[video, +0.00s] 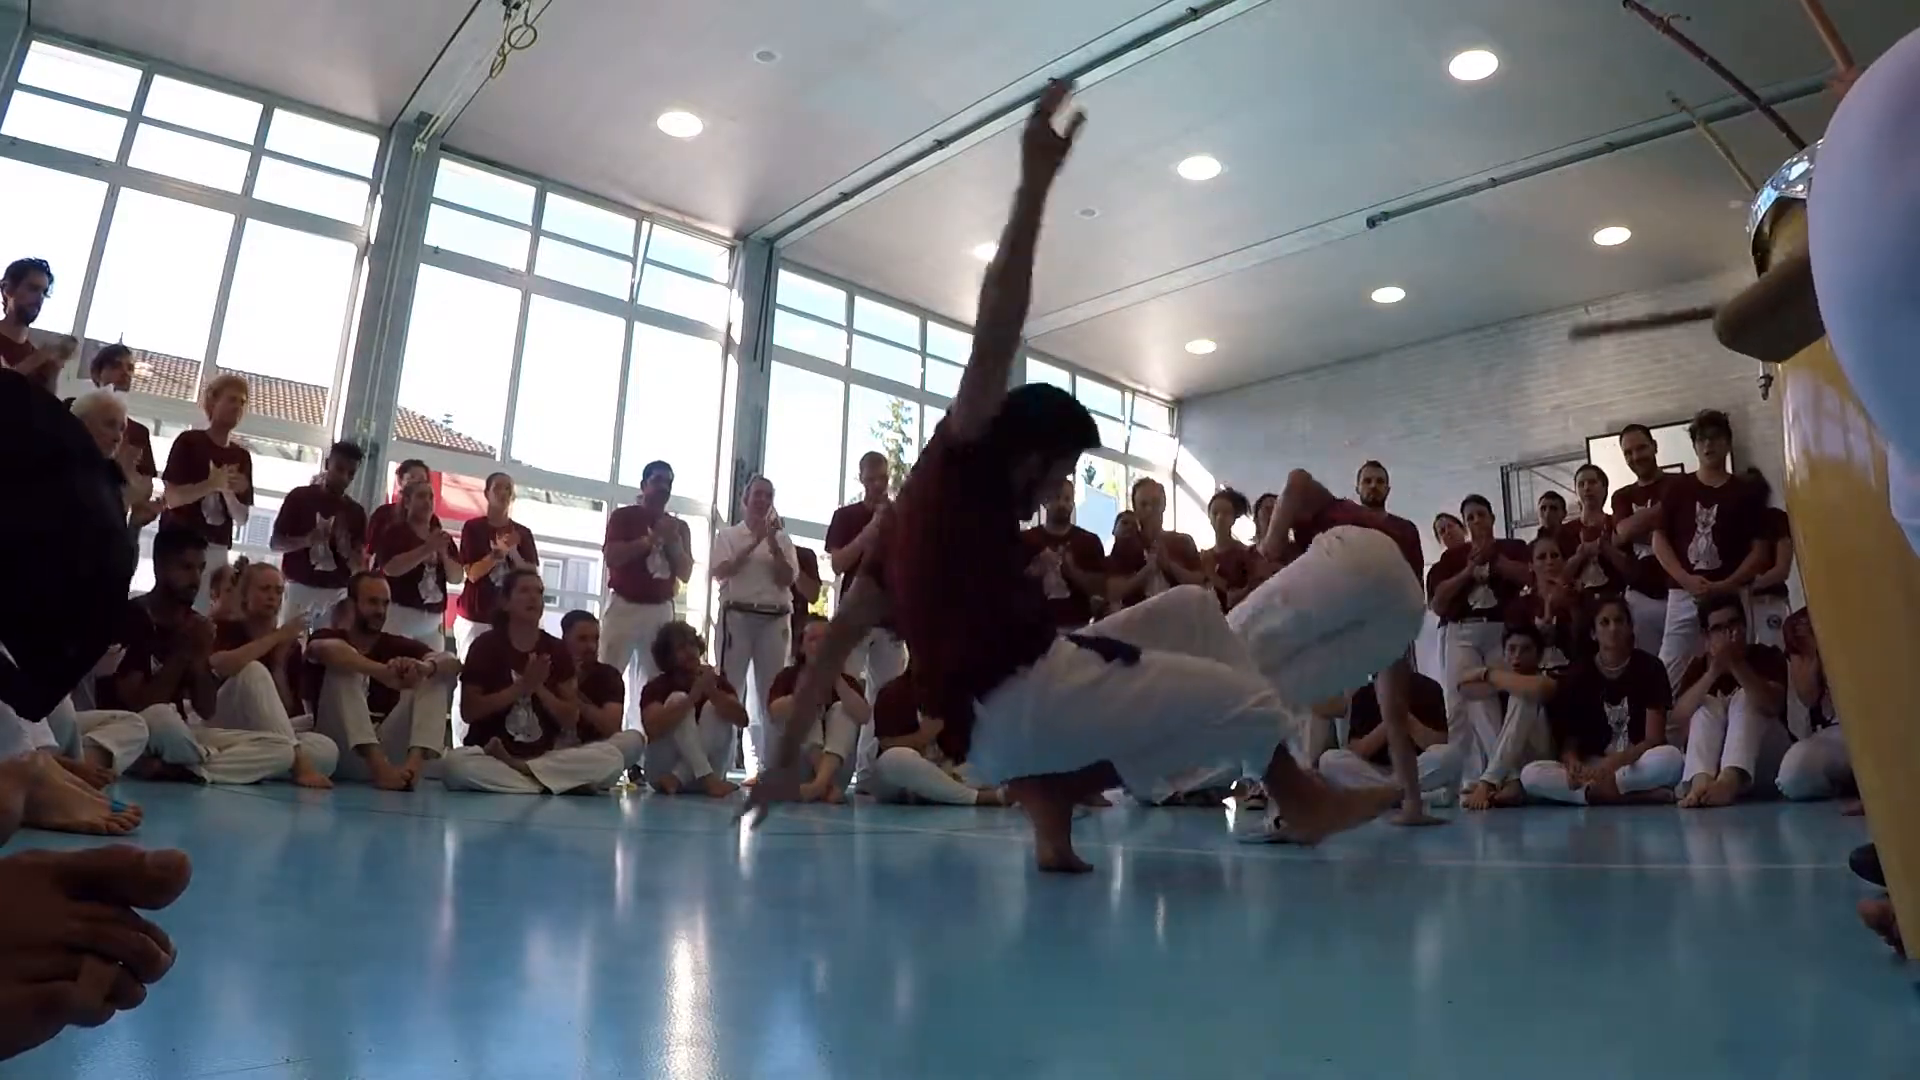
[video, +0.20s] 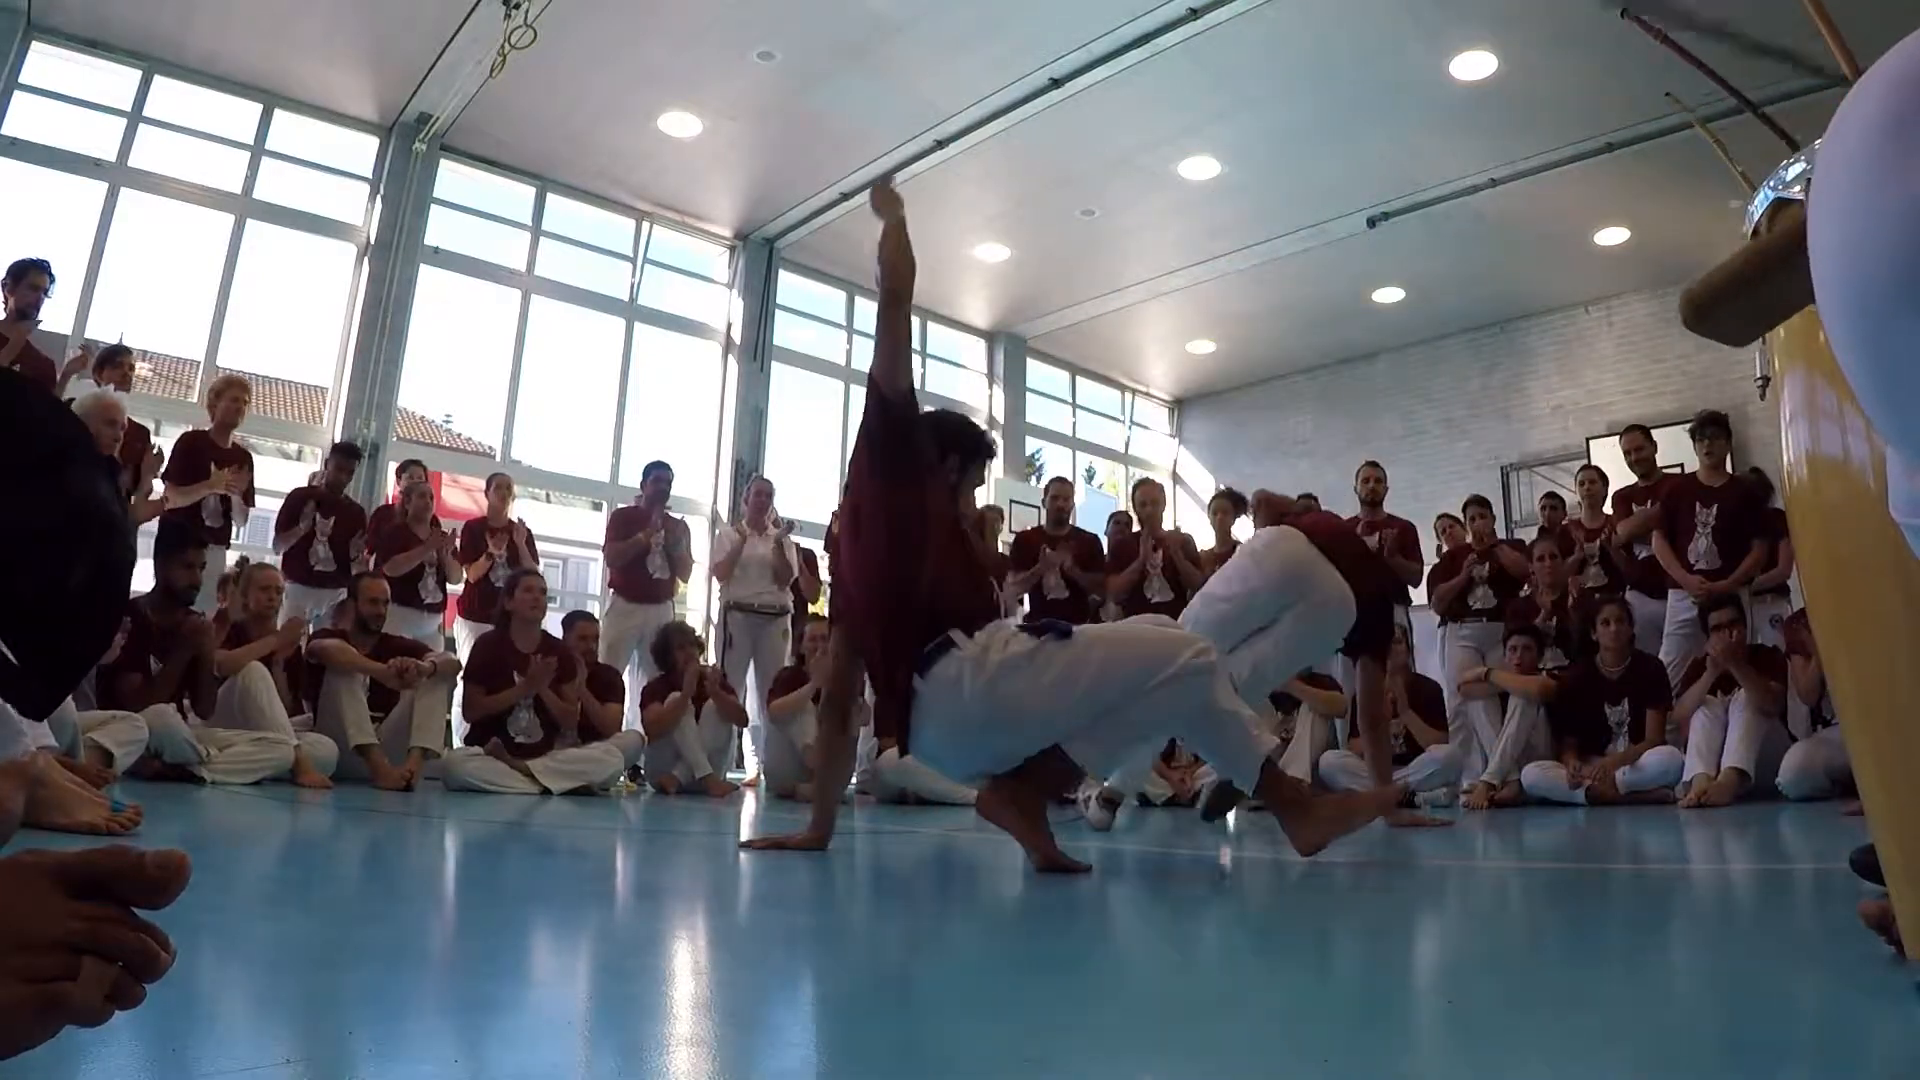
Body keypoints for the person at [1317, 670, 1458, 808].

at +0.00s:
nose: (1393, 669)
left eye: (1398, 661)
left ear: (1408, 657)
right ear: (1375, 667)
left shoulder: (1429, 688)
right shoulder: (1362, 696)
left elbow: (1440, 744)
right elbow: (1355, 751)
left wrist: (1404, 716)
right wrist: (1390, 722)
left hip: (1418, 766)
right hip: (1373, 769)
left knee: (1443, 754)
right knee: (1329, 760)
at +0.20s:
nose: (1390, 648)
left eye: (1397, 641)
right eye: (1385, 642)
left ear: (1408, 649)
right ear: (1376, 647)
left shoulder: (1428, 688)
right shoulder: (1363, 695)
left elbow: (1439, 744)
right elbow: (1355, 746)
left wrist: (1405, 712)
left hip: (1417, 766)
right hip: (1375, 768)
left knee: (1446, 755)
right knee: (1328, 762)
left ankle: (1381, 794)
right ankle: (1408, 799)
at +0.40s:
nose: (1390, 649)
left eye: (1397, 643)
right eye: (1384, 643)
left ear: (1409, 649)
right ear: (1375, 650)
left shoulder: (1428, 688)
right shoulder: (1365, 690)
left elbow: (1439, 744)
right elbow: (1354, 745)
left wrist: (1405, 711)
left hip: (1417, 767)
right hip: (1376, 769)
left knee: (1445, 755)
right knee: (1328, 762)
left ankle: (1379, 794)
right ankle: (1406, 798)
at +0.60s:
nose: (1393, 650)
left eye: (1398, 644)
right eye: (1388, 645)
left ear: (1408, 650)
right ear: (1376, 655)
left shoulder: (1427, 688)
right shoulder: (1364, 691)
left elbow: (1437, 745)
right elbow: (1354, 744)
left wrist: (1404, 712)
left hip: (1418, 767)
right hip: (1375, 769)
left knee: (1444, 755)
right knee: (1328, 762)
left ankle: (1372, 798)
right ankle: (1406, 799)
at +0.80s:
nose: (1397, 662)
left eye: (1402, 656)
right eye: (1390, 658)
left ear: (1409, 655)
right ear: (1378, 661)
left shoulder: (1427, 688)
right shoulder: (1364, 692)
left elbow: (1438, 744)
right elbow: (1355, 745)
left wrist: (1404, 711)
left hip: (1418, 767)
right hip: (1376, 770)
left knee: (1445, 755)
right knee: (1328, 762)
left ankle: (1377, 796)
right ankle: (1406, 798)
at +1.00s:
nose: (1387, 648)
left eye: (1395, 642)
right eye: (1381, 643)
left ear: (1408, 649)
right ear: (1375, 651)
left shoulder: (1428, 688)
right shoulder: (1367, 691)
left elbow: (1438, 743)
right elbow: (1355, 746)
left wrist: (1404, 713)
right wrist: (1383, 724)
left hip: (1418, 767)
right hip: (1377, 769)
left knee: (1448, 755)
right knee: (1328, 761)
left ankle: (1379, 792)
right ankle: (1401, 797)